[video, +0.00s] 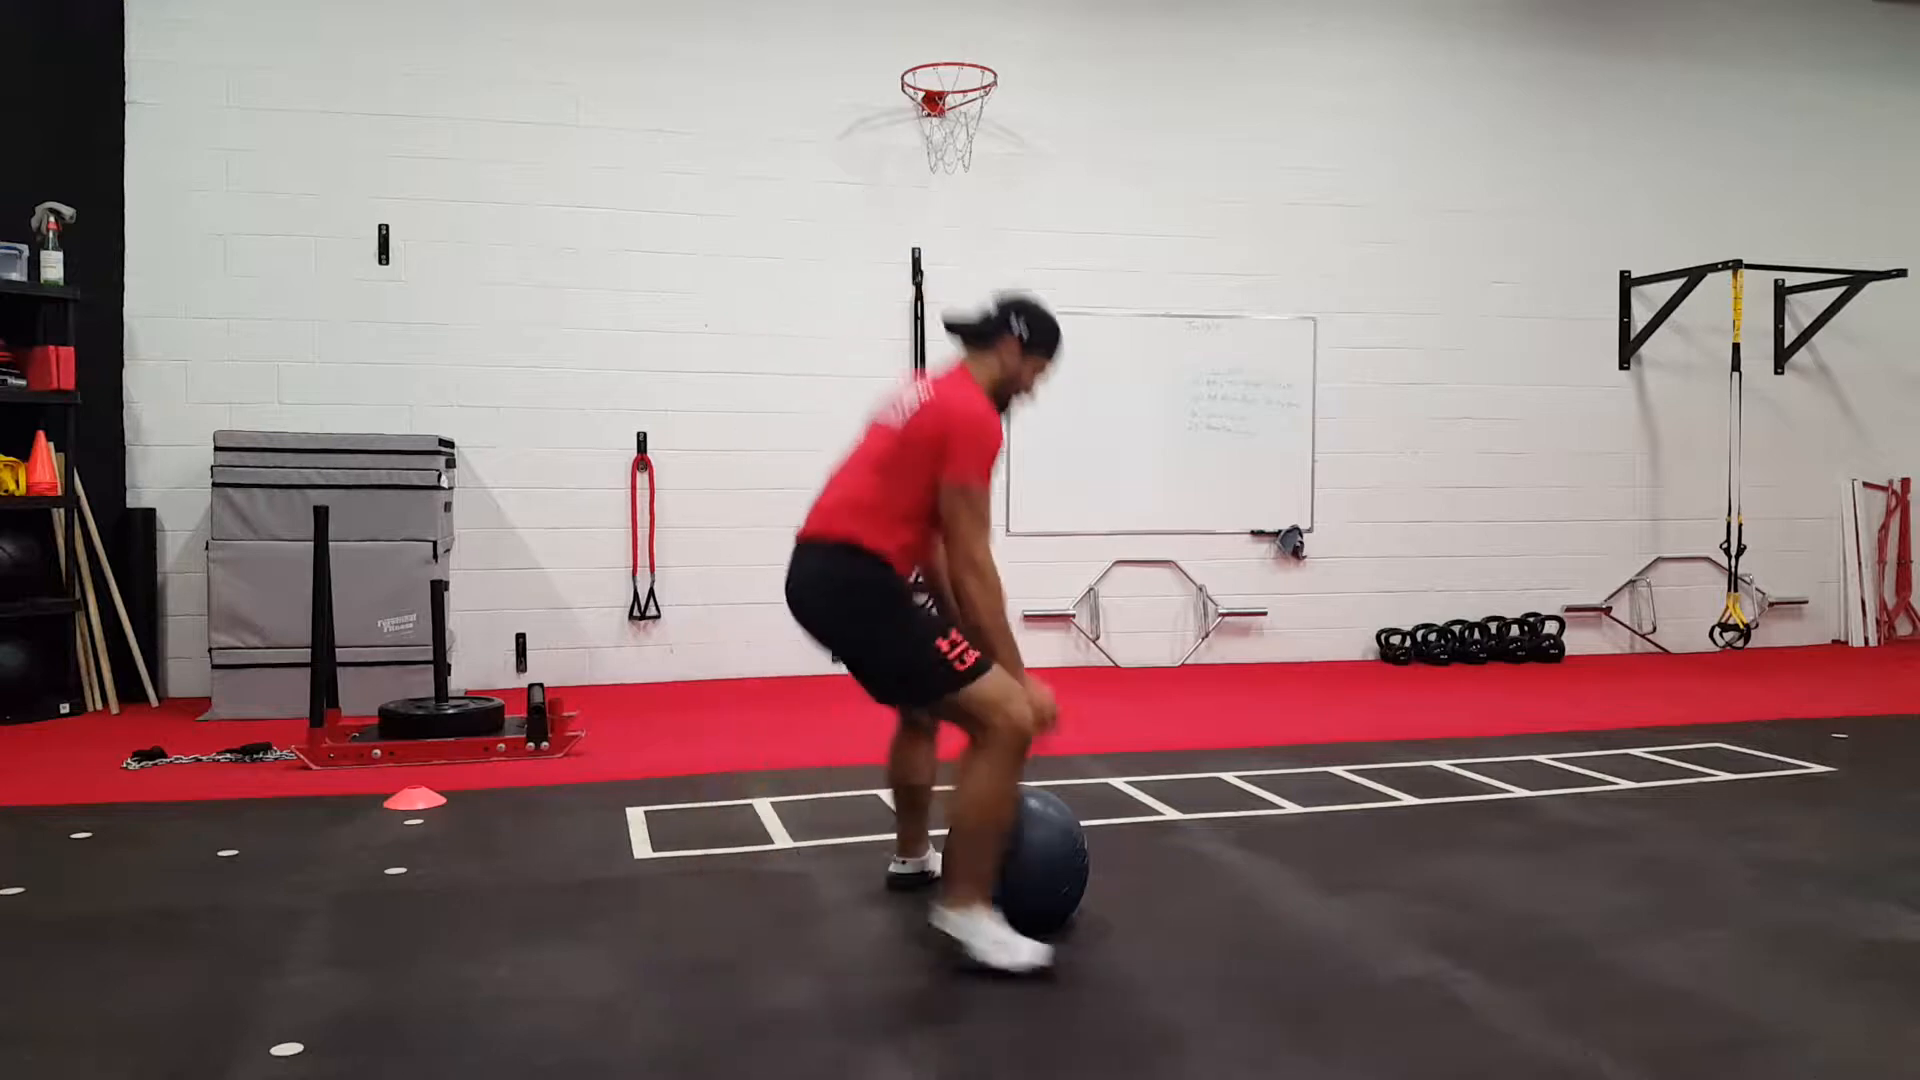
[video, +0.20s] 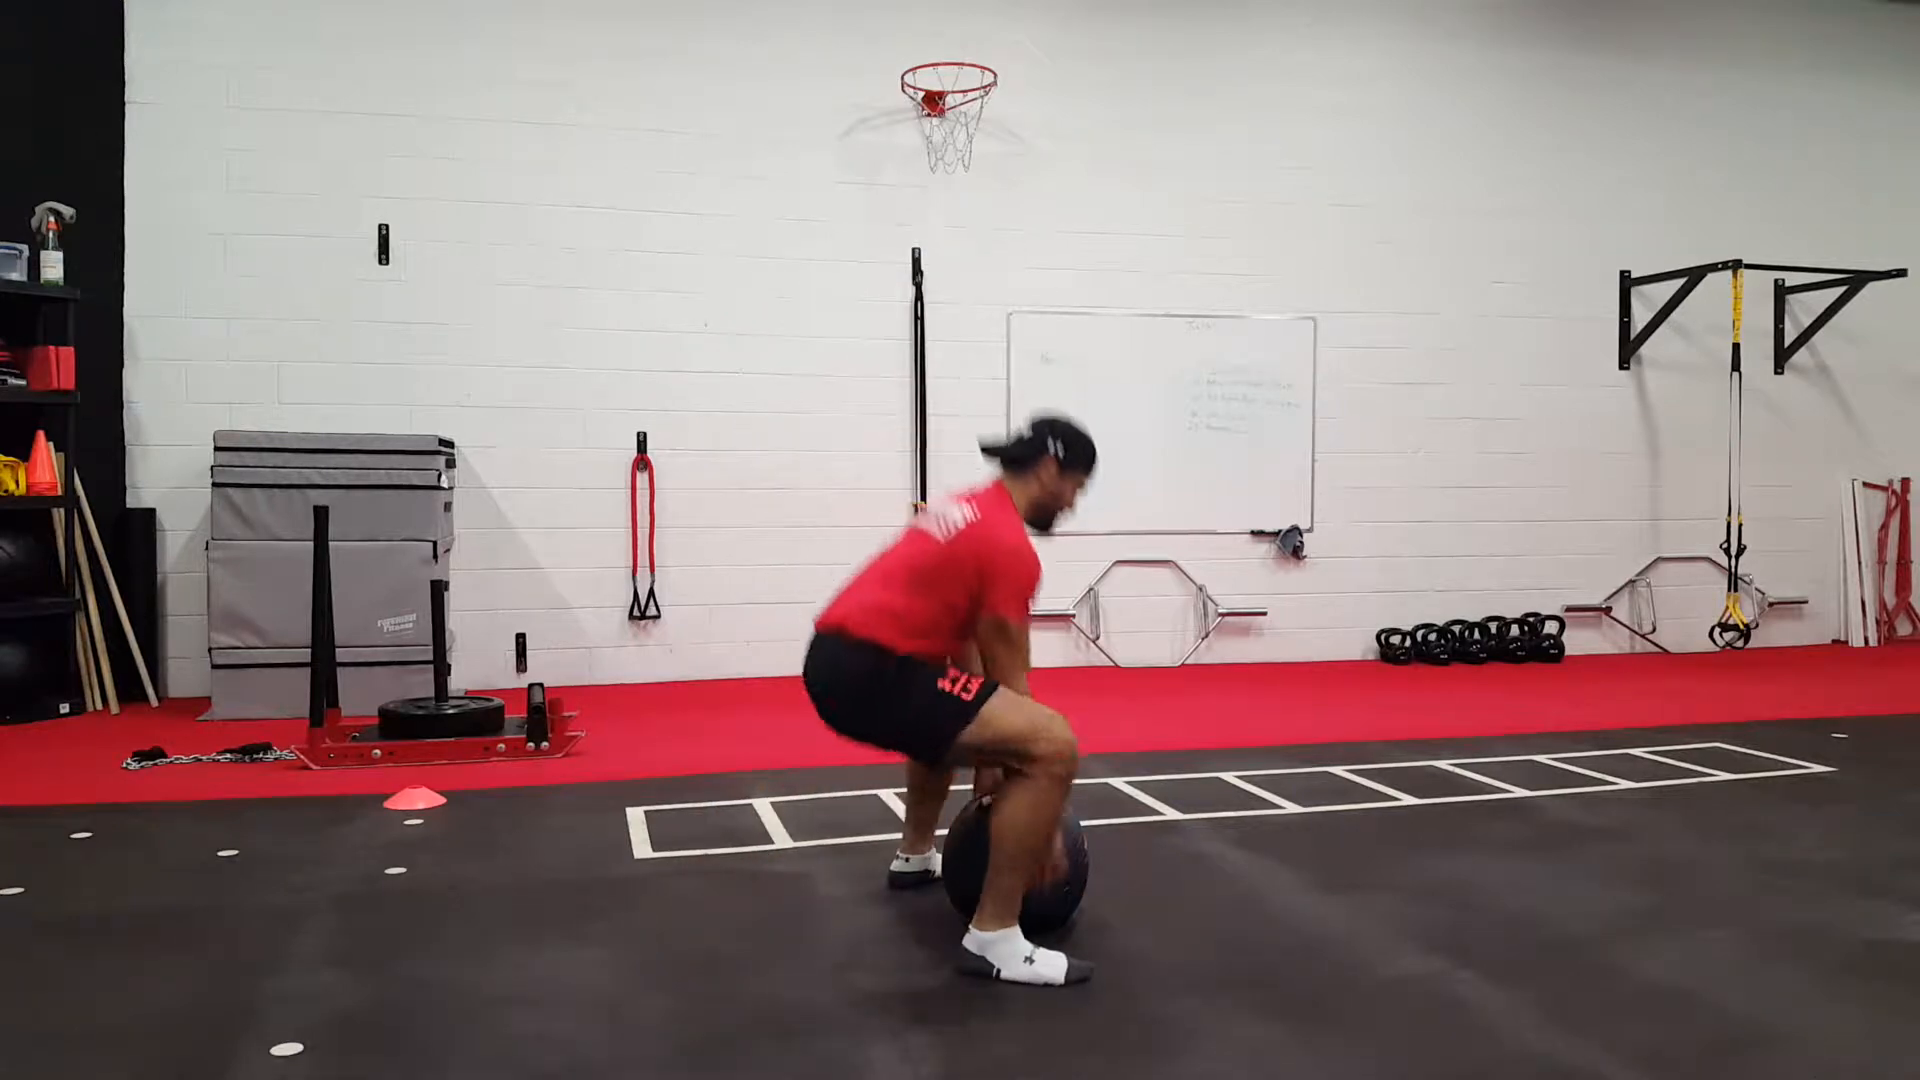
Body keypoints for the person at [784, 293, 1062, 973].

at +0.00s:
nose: (1036, 385)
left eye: (1041, 371)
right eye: (1038, 368)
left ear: (996, 341)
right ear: (1014, 345)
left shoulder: (933, 394)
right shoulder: (969, 413)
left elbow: (936, 557)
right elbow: (970, 561)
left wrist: (975, 653)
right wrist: (1016, 677)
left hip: (824, 569)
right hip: (858, 577)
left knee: (924, 708)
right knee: (1009, 717)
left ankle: (913, 853)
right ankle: (966, 906)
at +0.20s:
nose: (1074, 498)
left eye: (1080, 486)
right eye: (1074, 482)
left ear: (1028, 468)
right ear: (1045, 466)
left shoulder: (965, 508)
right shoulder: (1010, 549)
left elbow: (969, 654)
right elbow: (1011, 689)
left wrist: (991, 760)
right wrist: (1043, 822)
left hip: (835, 661)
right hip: (873, 674)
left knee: (957, 703)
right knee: (1050, 746)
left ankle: (916, 852)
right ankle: (995, 934)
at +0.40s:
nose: (1089, 565)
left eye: (1094, 553)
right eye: (1092, 550)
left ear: (1049, 533)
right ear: (1065, 536)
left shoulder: (981, 570)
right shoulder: (1032, 610)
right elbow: (1019, 750)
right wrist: (1041, 872)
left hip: (850, 716)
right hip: (882, 730)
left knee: (962, 719)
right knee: (1070, 758)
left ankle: (916, 854)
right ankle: (996, 935)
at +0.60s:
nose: (1091, 581)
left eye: (1097, 569)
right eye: (1094, 567)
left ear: (1046, 547)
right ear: (1068, 553)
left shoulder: (987, 583)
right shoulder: (1042, 620)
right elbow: (1031, 763)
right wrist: (1053, 877)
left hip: (854, 733)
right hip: (887, 751)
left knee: (975, 725)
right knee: (1074, 759)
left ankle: (918, 852)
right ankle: (995, 934)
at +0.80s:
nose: (1094, 572)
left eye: (1099, 559)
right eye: (1096, 557)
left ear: (1051, 540)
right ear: (1068, 544)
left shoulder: (994, 576)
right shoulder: (1046, 609)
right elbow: (1033, 756)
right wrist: (1056, 865)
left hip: (857, 724)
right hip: (889, 738)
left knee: (977, 721)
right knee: (1075, 759)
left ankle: (920, 853)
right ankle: (996, 934)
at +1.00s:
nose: (1101, 552)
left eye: (1105, 540)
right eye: (1102, 537)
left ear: (1054, 525)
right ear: (1072, 528)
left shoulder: (1006, 562)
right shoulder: (1057, 593)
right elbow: (1033, 737)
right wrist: (1055, 845)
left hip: (863, 698)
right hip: (897, 712)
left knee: (980, 716)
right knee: (1074, 757)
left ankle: (923, 851)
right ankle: (996, 934)